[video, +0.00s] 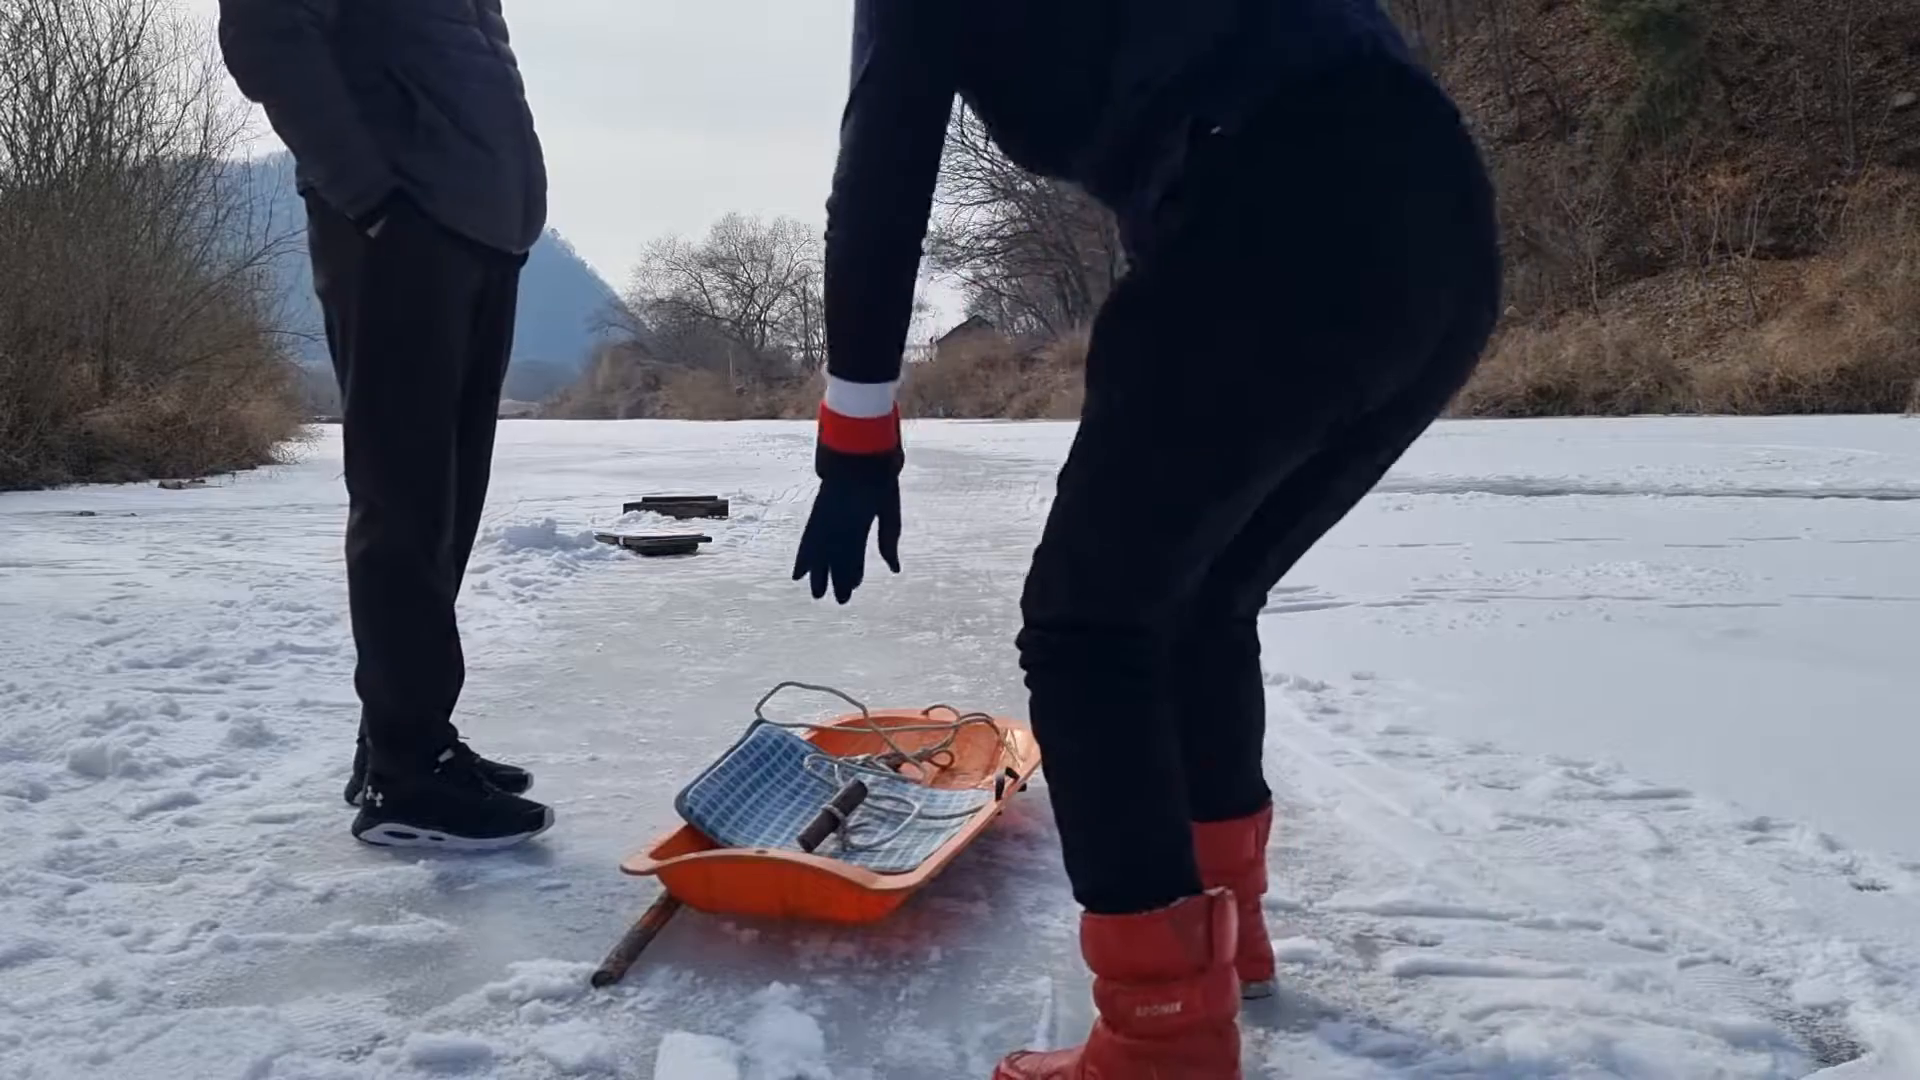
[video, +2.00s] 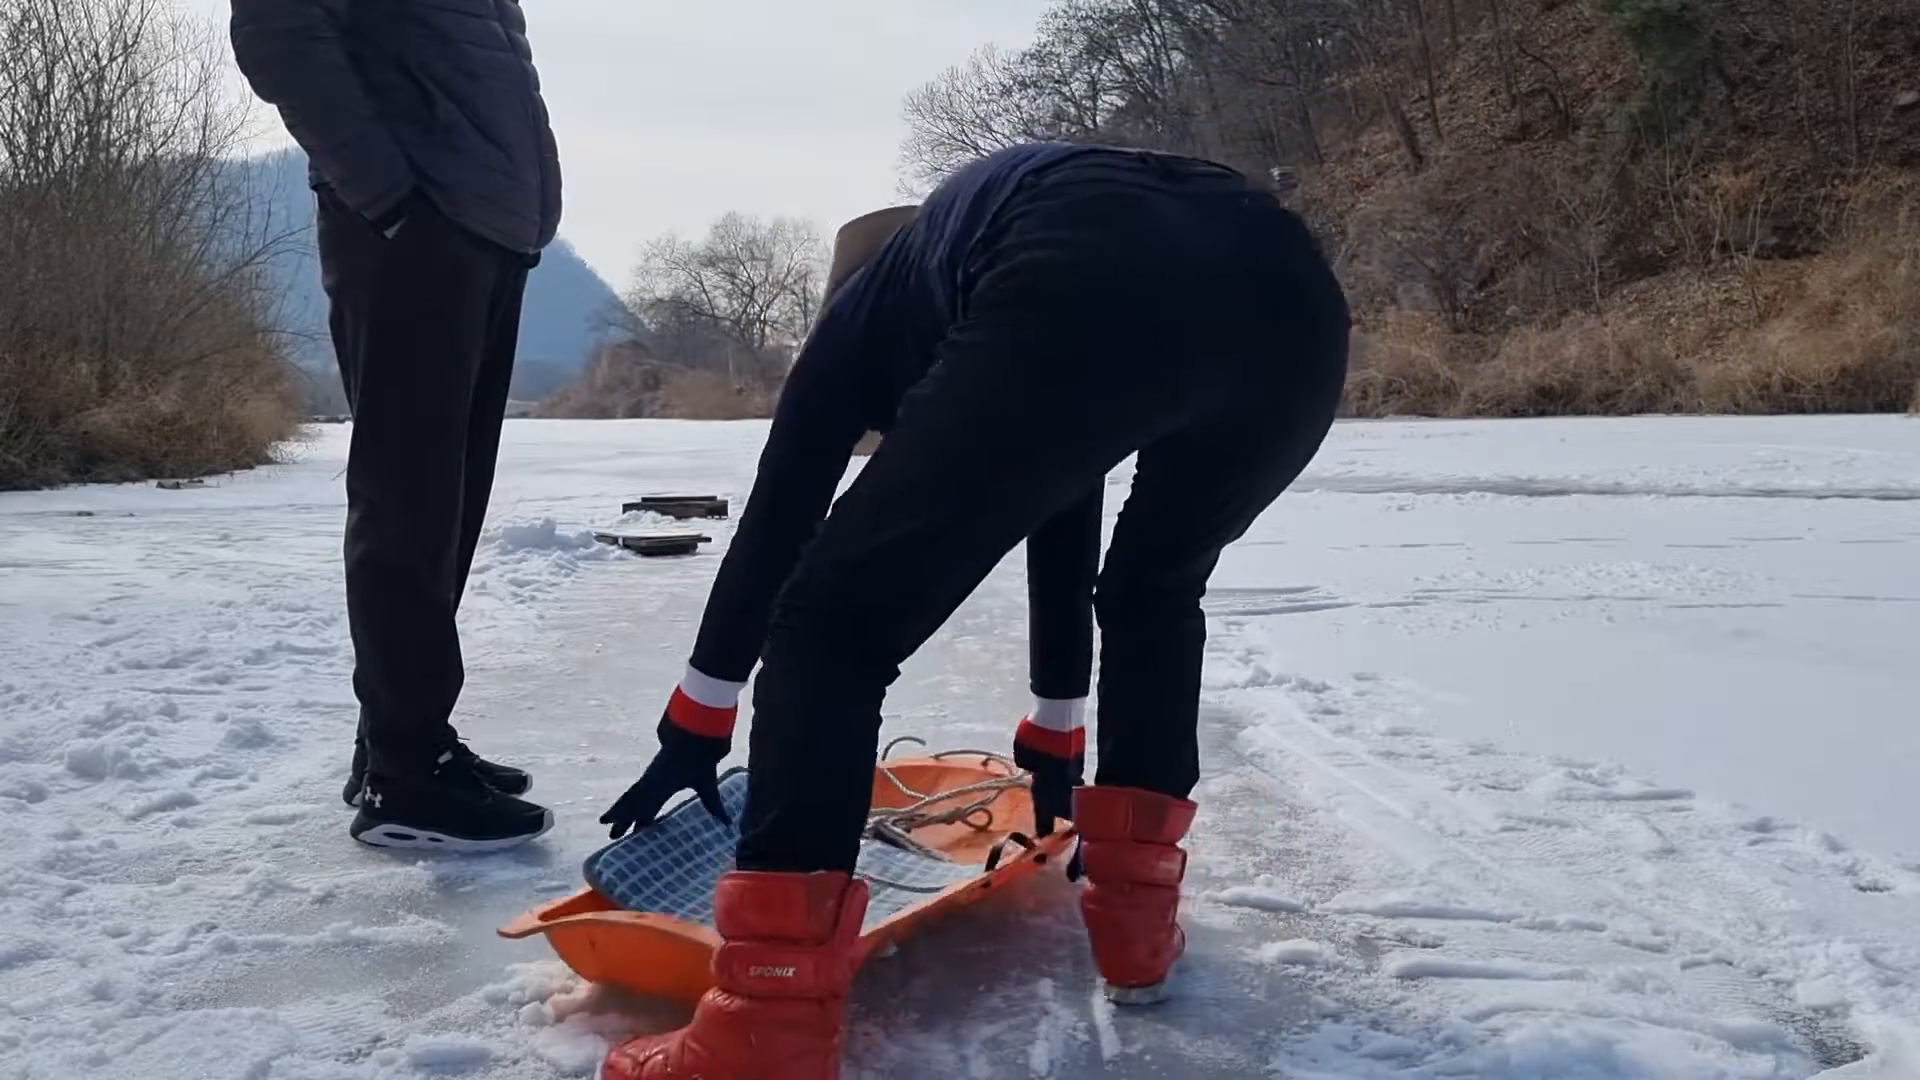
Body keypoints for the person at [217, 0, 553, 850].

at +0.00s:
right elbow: (261, 30)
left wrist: (506, 182)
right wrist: (368, 190)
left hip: (480, 221)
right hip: (397, 214)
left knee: (446, 500)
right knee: (403, 499)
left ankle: (415, 747)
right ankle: (403, 774)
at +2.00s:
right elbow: (275, 31)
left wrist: (515, 199)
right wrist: (388, 196)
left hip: (486, 229)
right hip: (410, 221)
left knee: (447, 498)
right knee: (406, 498)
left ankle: (413, 749)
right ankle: (401, 771)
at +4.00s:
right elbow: (275, 34)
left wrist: (510, 205)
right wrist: (397, 201)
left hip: (486, 236)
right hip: (414, 225)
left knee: (449, 504)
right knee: (408, 502)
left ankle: (417, 749)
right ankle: (400, 772)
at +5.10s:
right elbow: (325, 25)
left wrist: (507, 172)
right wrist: (483, 162)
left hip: (466, 209)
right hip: (411, 204)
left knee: (460, 482)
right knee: (421, 484)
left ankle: (441, 737)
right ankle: (404, 775)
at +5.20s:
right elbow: (397, 53)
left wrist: (528, 212)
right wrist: (539, 216)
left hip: (459, 209)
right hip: (408, 207)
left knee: (461, 481)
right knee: (422, 479)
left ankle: (438, 738)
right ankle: (406, 771)